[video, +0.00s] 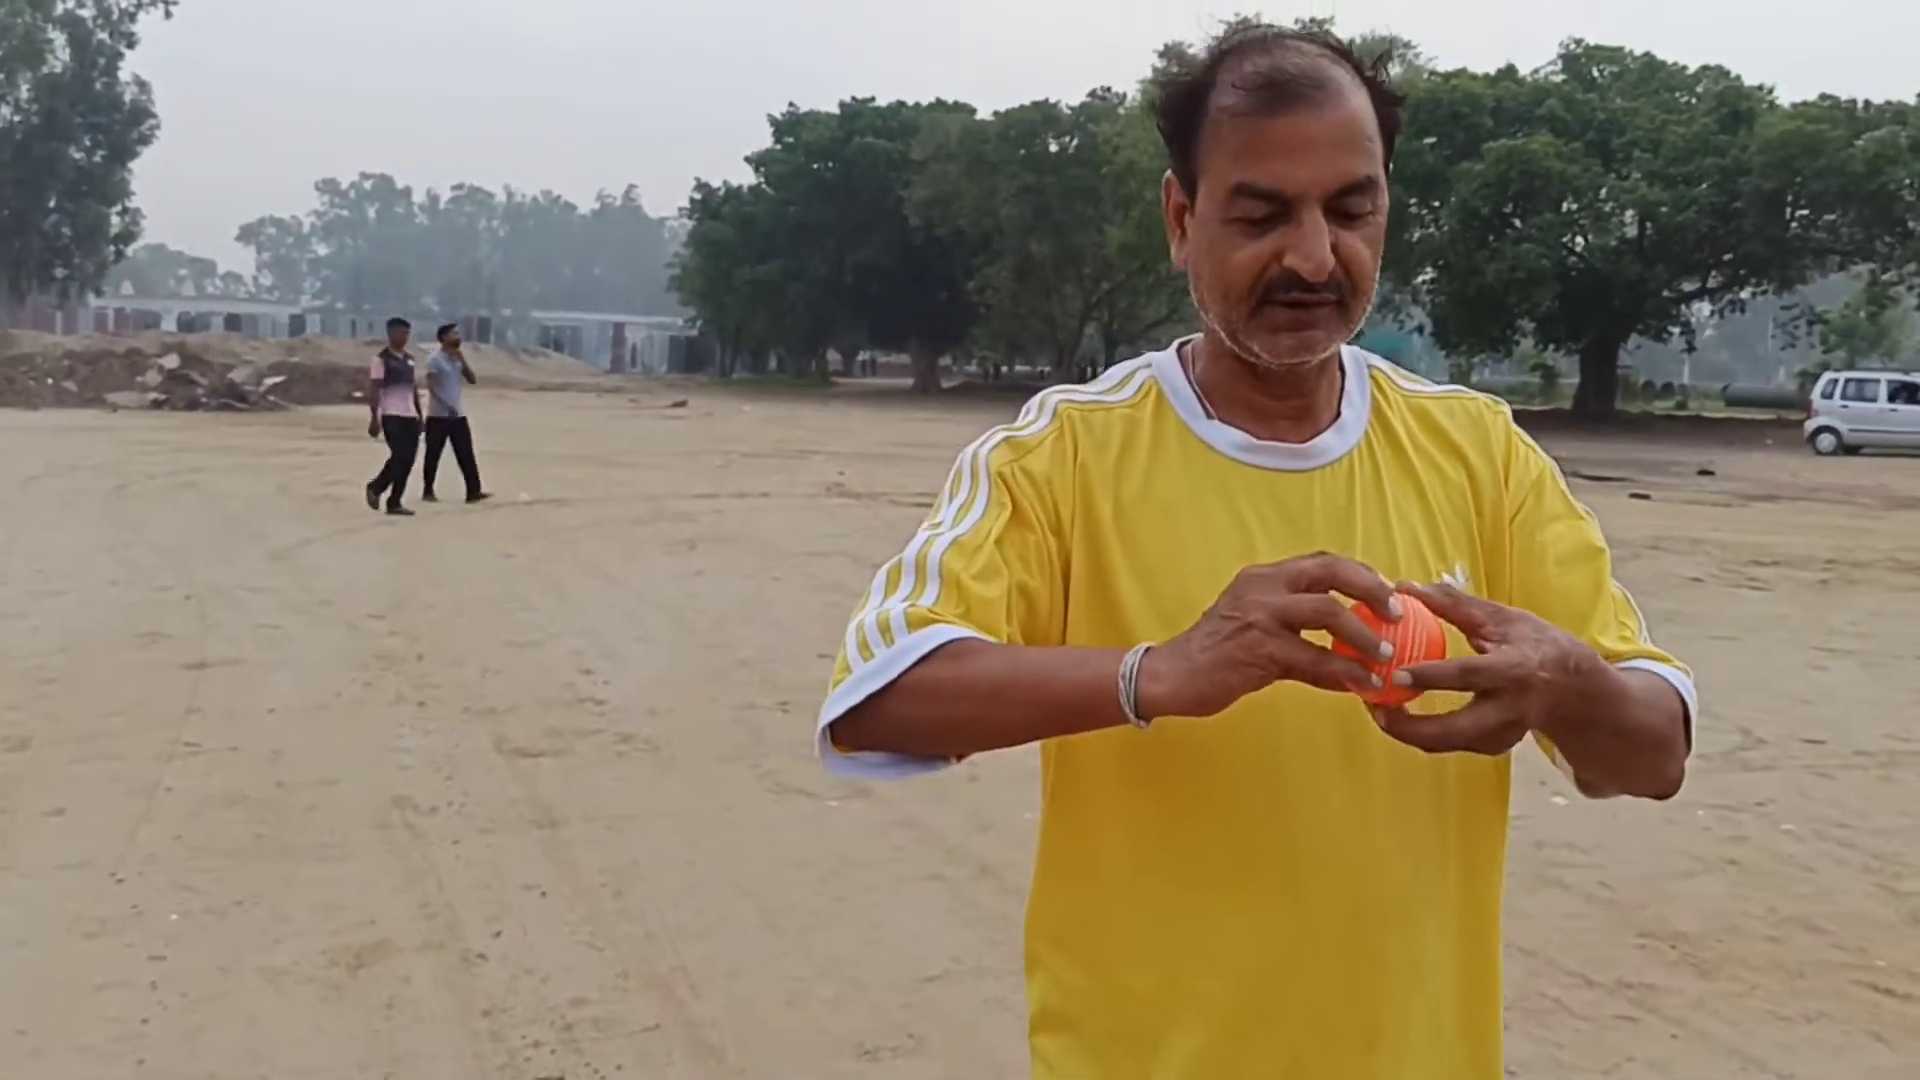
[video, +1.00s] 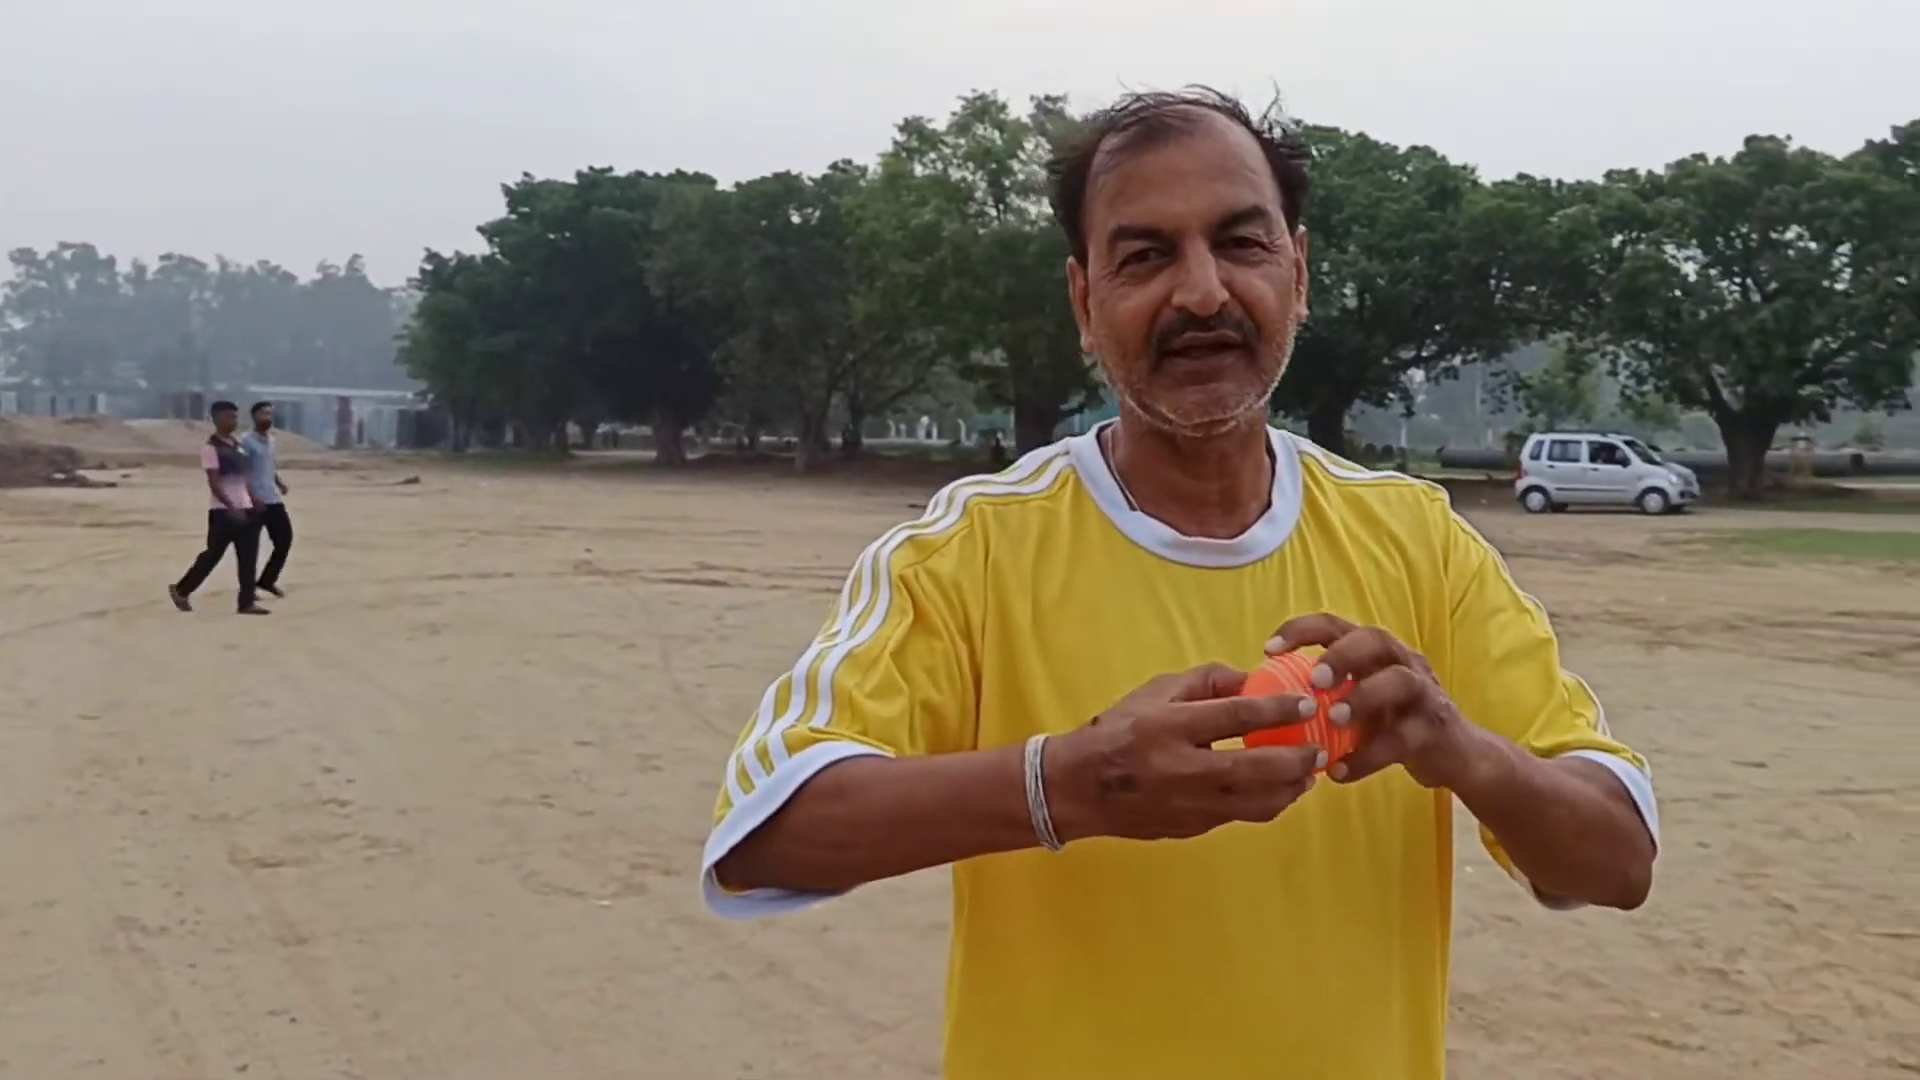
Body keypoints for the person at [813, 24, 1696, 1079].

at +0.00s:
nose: (1313, 255)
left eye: (1348, 207)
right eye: (1262, 210)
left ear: (1386, 211)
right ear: (1180, 219)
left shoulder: (1481, 453)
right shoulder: (1064, 457)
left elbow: (1656, 762)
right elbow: (877, 699)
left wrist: (1566, 686)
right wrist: (1152, 674)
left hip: (1422, 1040)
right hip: (1134, 1040)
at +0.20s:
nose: (1339, 264)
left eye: (1379, 215)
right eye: (1288, 218)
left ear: (1420, 231)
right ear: (1210, 238)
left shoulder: (1520, 484)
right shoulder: (1087, 476)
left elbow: (1688, 805)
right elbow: (899, 726)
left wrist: (1598, 715)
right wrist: (1177, 709)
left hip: (1452, 1048)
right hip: (1153, 1048)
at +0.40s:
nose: (1349, 252)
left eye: (1387, 205)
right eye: (1291, 213)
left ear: (1437, 237)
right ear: (1220, 257)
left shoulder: (1547, 503)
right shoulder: (1094, 501)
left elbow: (1721, 844)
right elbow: (901, 757)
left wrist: (1630, 741)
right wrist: (1197, 738)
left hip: (1480, 1055)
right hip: (1163, 1055)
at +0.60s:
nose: (1323, 269)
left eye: (1362, 222)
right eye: (1265, 231)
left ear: (1416, 250)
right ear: (1198, 274)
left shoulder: (1535, 516)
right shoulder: (1078, 522)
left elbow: (1723, 860)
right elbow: (881, 796)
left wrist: (1610, 743)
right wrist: (1188, 749)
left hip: (1474, 1052)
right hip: (1153, 1054)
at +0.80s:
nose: (1262, 281)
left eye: (1302, 233)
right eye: (1204, 245)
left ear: (1360, 266)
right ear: (1146, 295)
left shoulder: (1485, 533)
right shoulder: (1031, 542)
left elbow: (1685, 870)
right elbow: (822, 819)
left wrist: (1535, 743)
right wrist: (1121, 772)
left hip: (1427, 1050)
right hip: (1110, 1048)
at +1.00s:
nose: (1201, 291)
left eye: (1240, 242)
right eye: (1144, 255)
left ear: (1299, 276)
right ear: (1085, 304)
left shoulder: (1417, 543)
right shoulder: (970, 554)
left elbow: (1620, 865)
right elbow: (764, 829)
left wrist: (1461, 755)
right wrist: (1062, 788)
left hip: (1364, 1052)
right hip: (1054, 1052)